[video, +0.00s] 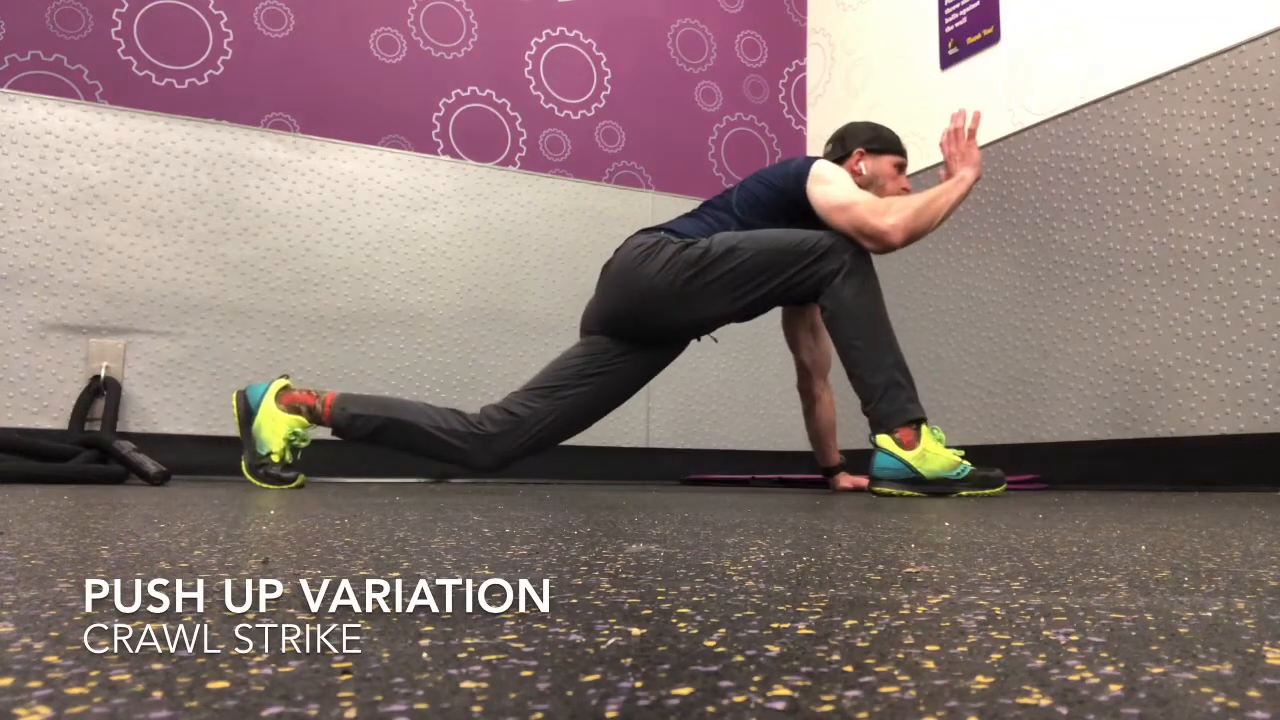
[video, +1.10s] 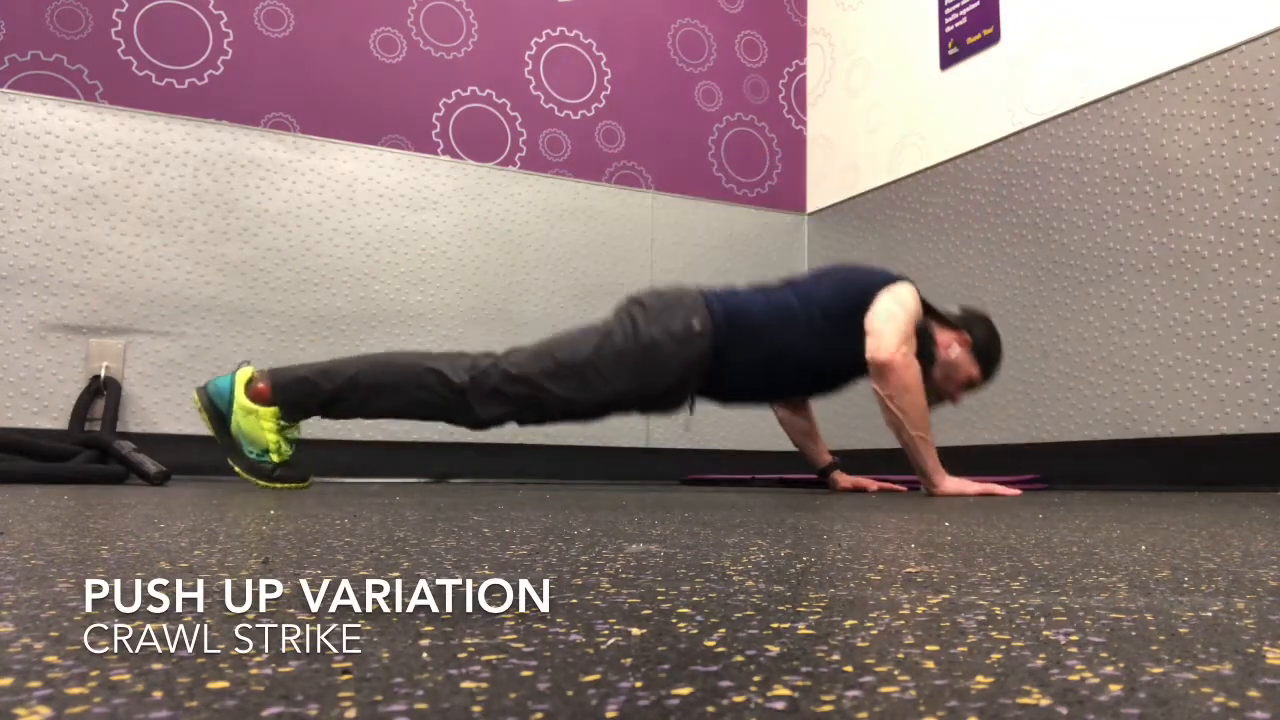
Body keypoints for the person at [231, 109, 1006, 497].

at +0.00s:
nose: (897, 195)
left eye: (902, 185)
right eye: (893, 178)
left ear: (858, 172)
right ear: (859, 160)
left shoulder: (798, 241)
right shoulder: (815, 173)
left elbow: (814, 363)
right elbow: (892, 231)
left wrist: (828, 468)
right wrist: (962, 181)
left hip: (642, 320)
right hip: (652, 265)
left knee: (488, 439)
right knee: (838, 253)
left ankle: (297, 407)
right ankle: (911, 442)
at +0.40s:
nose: (875, 229)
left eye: (884, 225)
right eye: (877, 209)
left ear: (865, 218)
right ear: (853, 178)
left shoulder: (793, 254)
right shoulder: (804, 164)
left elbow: (803, 364)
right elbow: (848, 231)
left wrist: (831, 465)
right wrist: (952, 276)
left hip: (618, 267)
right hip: (628, 227)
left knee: (479, 399)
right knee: (805, 257)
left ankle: (279, 406)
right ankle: (896, 427)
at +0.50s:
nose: (878, 242)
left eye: (887, 241)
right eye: (885, 225)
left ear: (870, 231)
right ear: (862, 190)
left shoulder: (793, 260)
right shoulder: (816, 170)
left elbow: (798, 360)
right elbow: (863, 253)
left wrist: (832, 462)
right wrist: (951, 346)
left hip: (602, 237)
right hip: (615, 190)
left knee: (478, 361)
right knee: (773, 248)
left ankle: (271, 405)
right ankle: (775, 416)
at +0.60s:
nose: (882, 268)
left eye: (892, 262)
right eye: (888, 251)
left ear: (872, 239)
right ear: (872, 211)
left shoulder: (789, 266)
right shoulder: (828, 192)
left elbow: (797, 372)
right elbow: (884, 297)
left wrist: (832, 468)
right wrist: (954, 403)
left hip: (606, 220)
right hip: (617, 180)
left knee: (478, 340)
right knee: (711, 281)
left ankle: (273, 402)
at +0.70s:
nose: (888, 283)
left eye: (899, 277)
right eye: (895, 267)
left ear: (878, 241)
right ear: (884, 227)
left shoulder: (808, 261)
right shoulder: (847, 217)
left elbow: (802, 373)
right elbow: (894, 328)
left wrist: (831, 466)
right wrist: (947, 446)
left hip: (614, 222)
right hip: (628, 193)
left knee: (479, 329)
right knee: (583, 342)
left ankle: (275, 401)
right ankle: (383, 360)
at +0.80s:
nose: (896, 309)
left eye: (909, 300)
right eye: (907, 292)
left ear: (889, 260)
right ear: (903, 254)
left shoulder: (820, 267)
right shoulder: (862, 237)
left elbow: (800, 378)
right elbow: (889, 348)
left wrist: (831, 468)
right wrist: (936, 472)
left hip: (638, 247)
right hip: (640, 228)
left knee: (489, 350)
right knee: (492, 354)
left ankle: (280, 394)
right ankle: (275, 392)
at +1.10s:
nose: (939, 383)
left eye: (952, 385)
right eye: (953, 373)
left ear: (942, 364)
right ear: (946, 334)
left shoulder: (853, 331)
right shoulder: (901, 299)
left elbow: (785, 395)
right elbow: (890, 366)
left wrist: (828, 471)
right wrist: (936, 476)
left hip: (683, 360)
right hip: (682, 335)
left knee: (494, 389)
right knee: (489, 388)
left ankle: (278, 398)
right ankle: (265, 393)